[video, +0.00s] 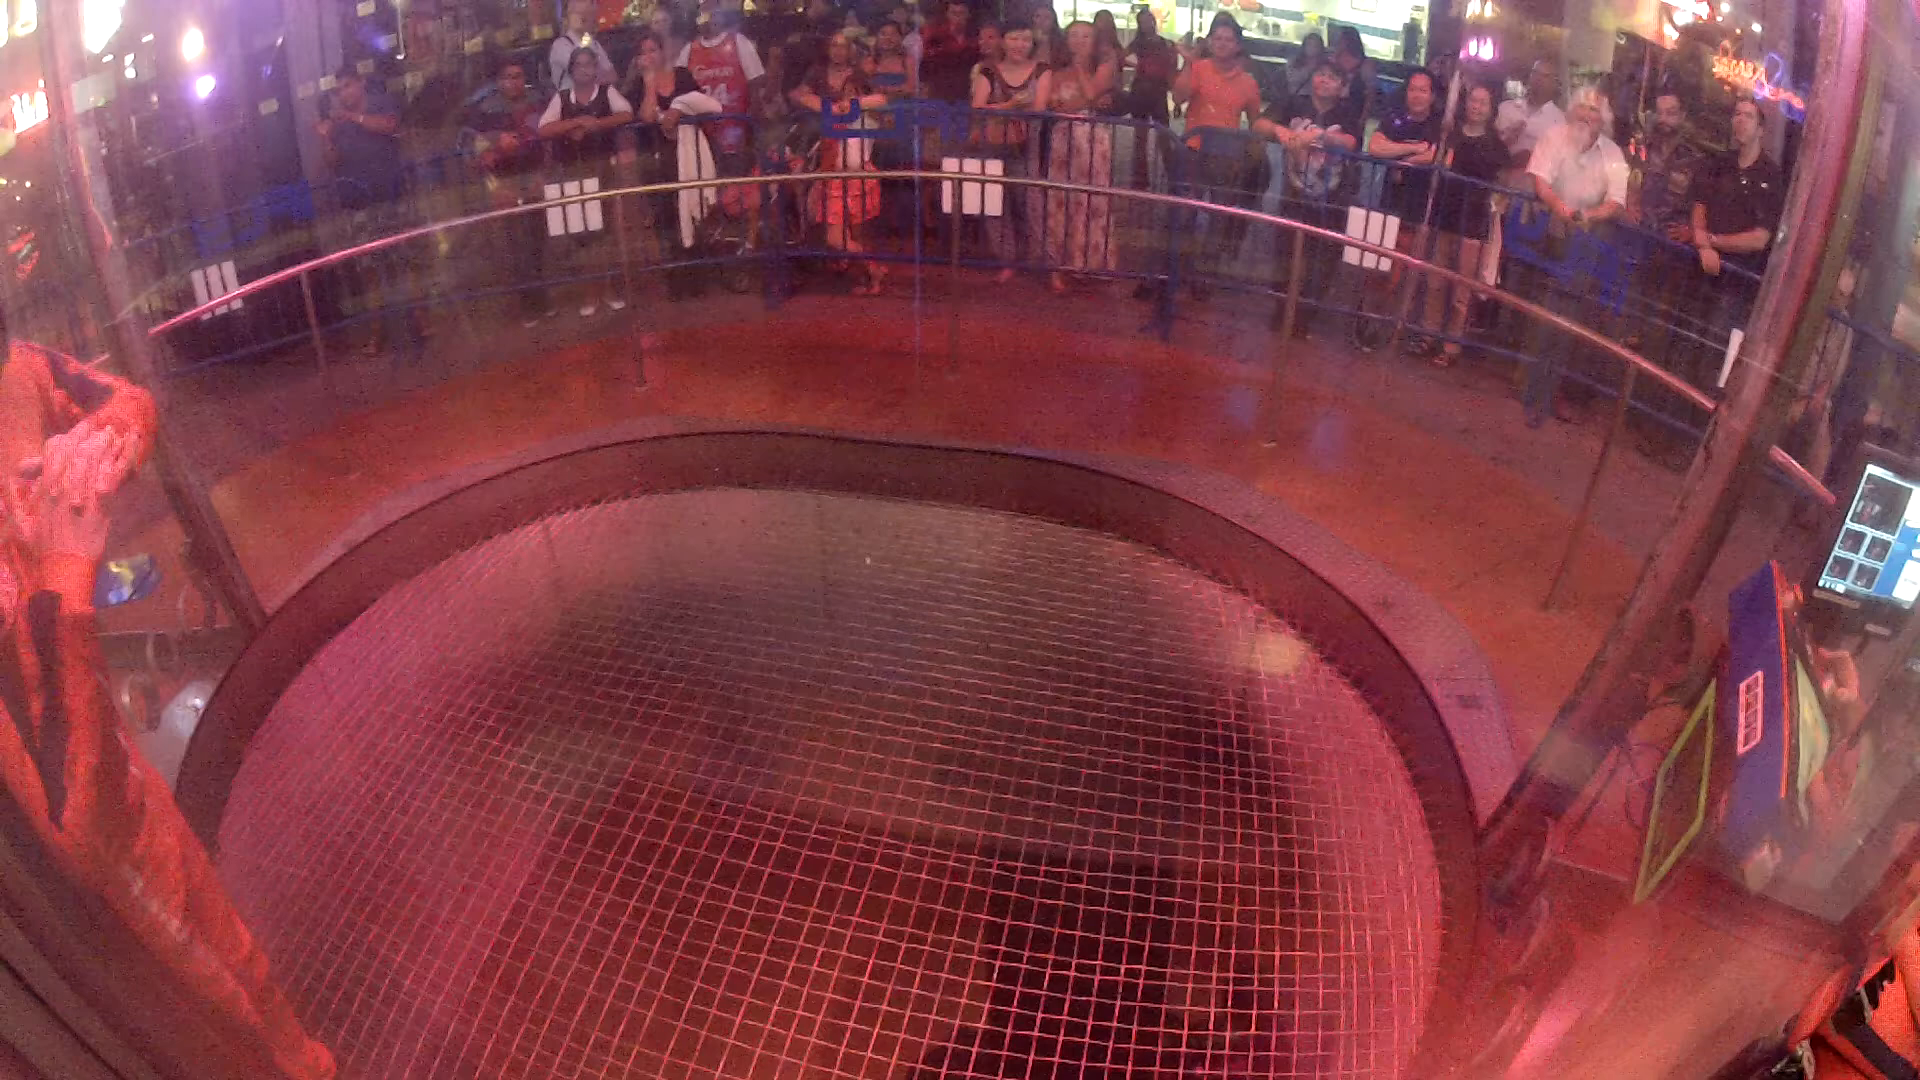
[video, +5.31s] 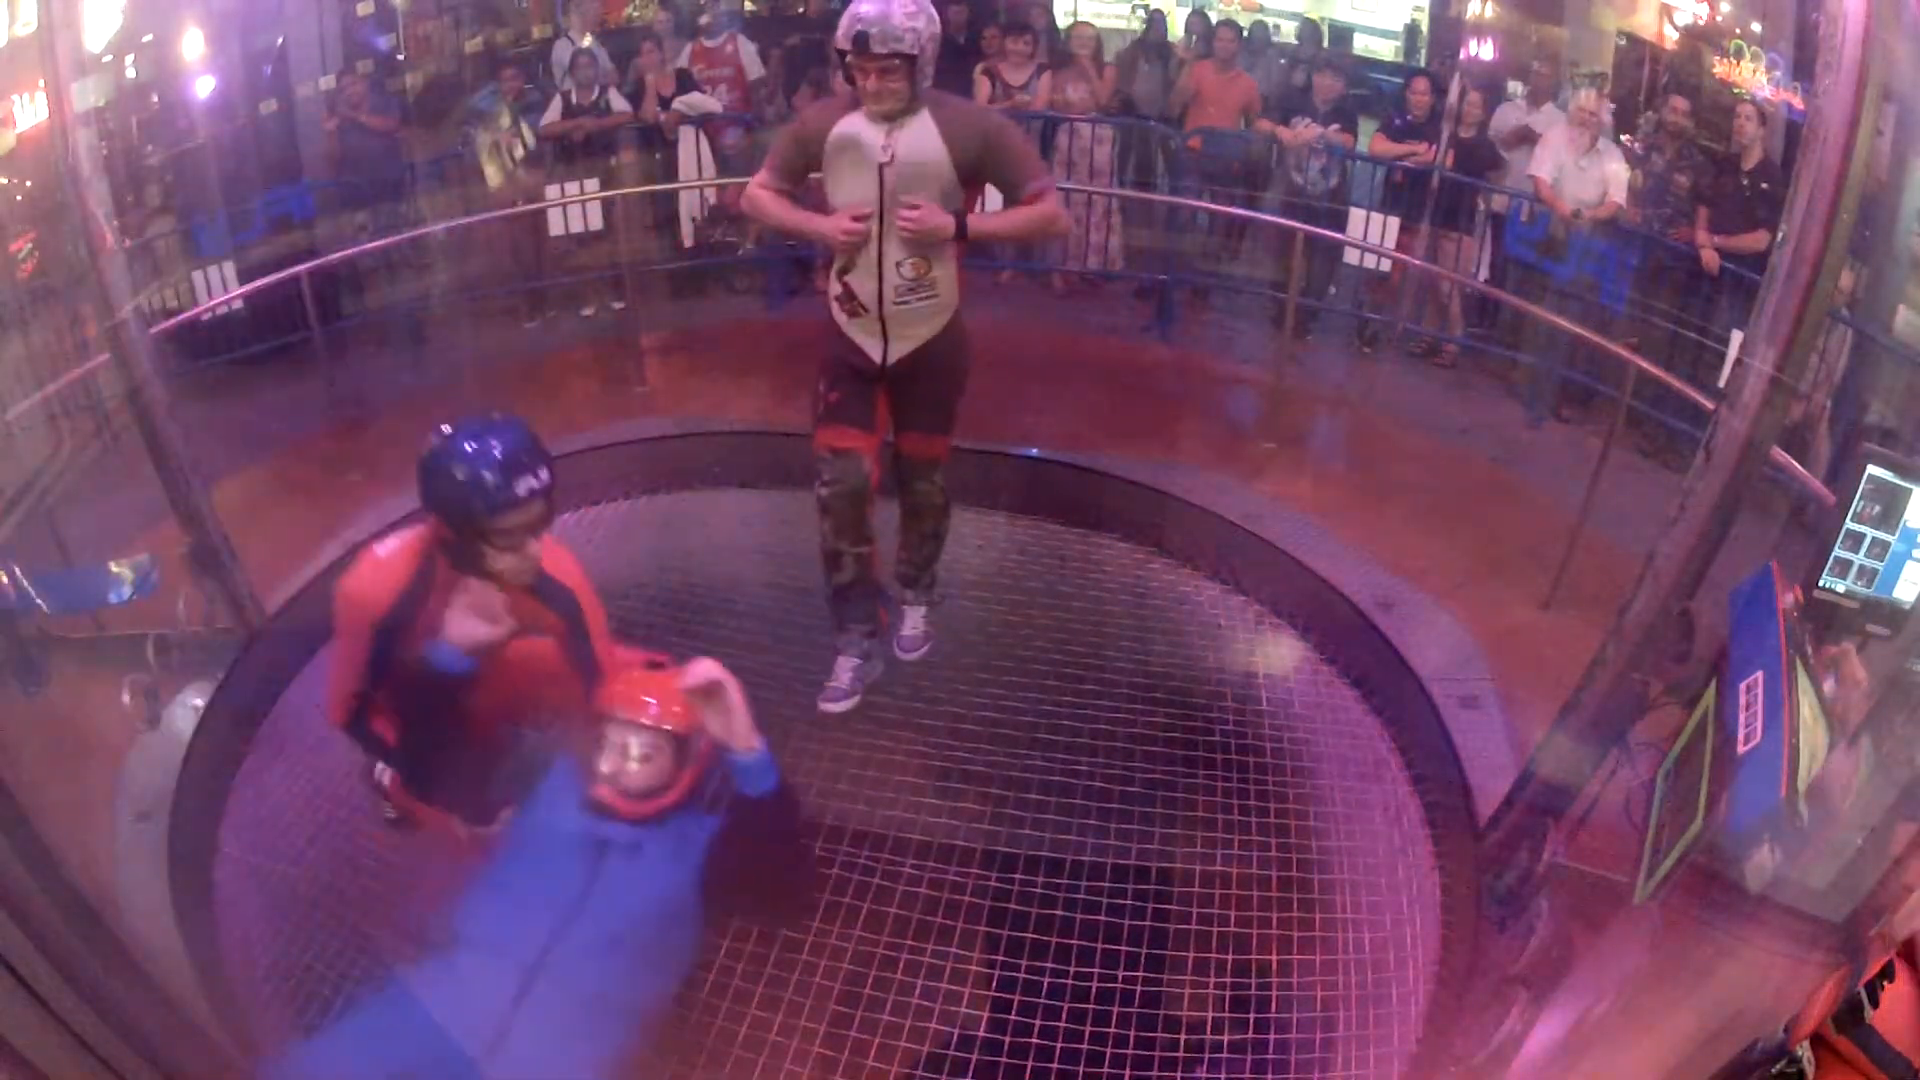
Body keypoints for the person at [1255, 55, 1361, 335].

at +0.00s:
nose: (1323, 81)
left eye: (1331, 78)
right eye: (1320, 75)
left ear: (1342, 89)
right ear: (1311, 80)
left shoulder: (1347, 115)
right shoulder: (1295, 105)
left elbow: (1352, 143)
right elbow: (1259, 124)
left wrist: (1320, 135)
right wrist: (1280, 131)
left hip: (1330, 202)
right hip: (1294, 196)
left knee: (1322, 262)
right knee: (1286, 253)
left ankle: (1306, 316)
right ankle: (1281, 309)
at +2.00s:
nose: (1333, 89)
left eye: (1337, 84)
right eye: (1328, 81)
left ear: (1343, 88)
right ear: (1313, 81)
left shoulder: (1347, 112)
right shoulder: (1293, 105)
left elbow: (1351, 144)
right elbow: (1258, 123)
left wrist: (1326, 136)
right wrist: (1283, 134)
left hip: (1331, 199)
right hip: (1295, 193)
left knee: (1322, 258)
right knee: (1287, 250)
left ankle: (1307, 313)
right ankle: (1280, 307)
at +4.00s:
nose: (1329, 87)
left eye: (1335, 82)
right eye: (1324, 79)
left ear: (1343, 88)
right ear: (1313, 79)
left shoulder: (1345, 113)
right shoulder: (1292, 103)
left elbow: (1351, 144)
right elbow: (1261, 123)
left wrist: (1322, 135)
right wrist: (1286, 135)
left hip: (1330, 196)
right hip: (1294, 189)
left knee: (1325, 255)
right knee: (1286, 248)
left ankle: (1307, 314)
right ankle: (1281, 306)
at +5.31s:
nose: (1327, 86)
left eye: (1334, 81)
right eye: (1324, 78)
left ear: (1344, 87)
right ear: (1313, 77)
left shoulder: (1346, 111)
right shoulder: (1293, 100)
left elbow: (1350, 143)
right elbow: (1261, 124)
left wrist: (1322, 134)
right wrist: (1283, 133)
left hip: (1330, 196)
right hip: (1293, 190)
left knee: (1323, 257)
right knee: (1286, 250)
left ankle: (1307, 315)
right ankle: (1279, 308)